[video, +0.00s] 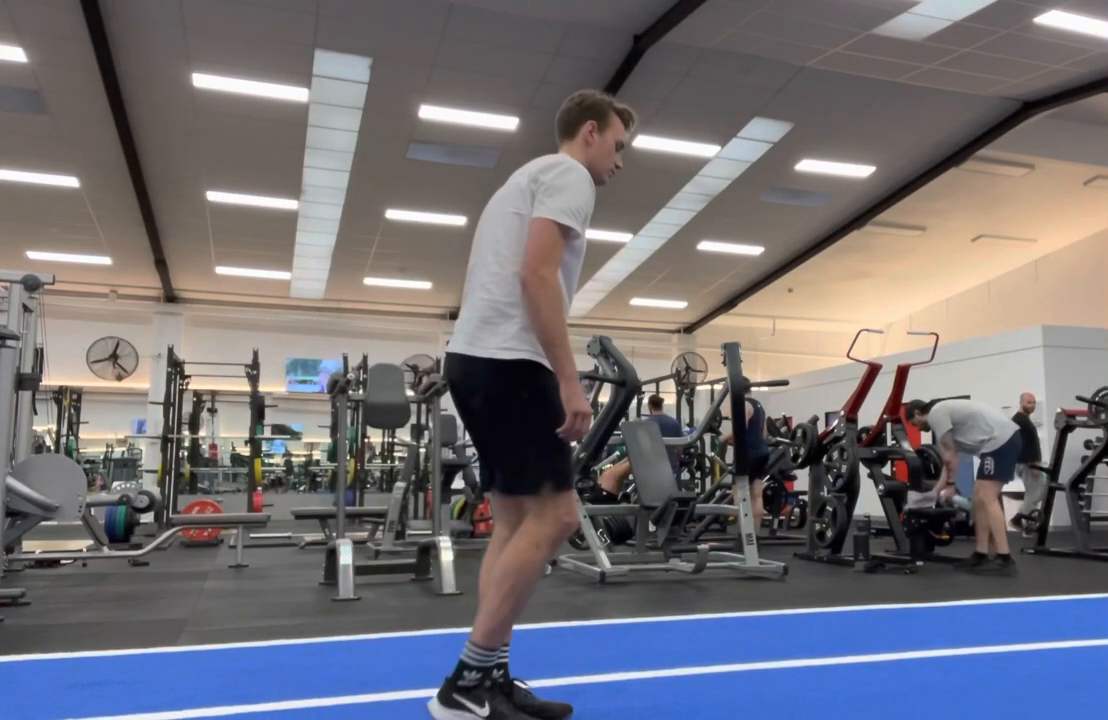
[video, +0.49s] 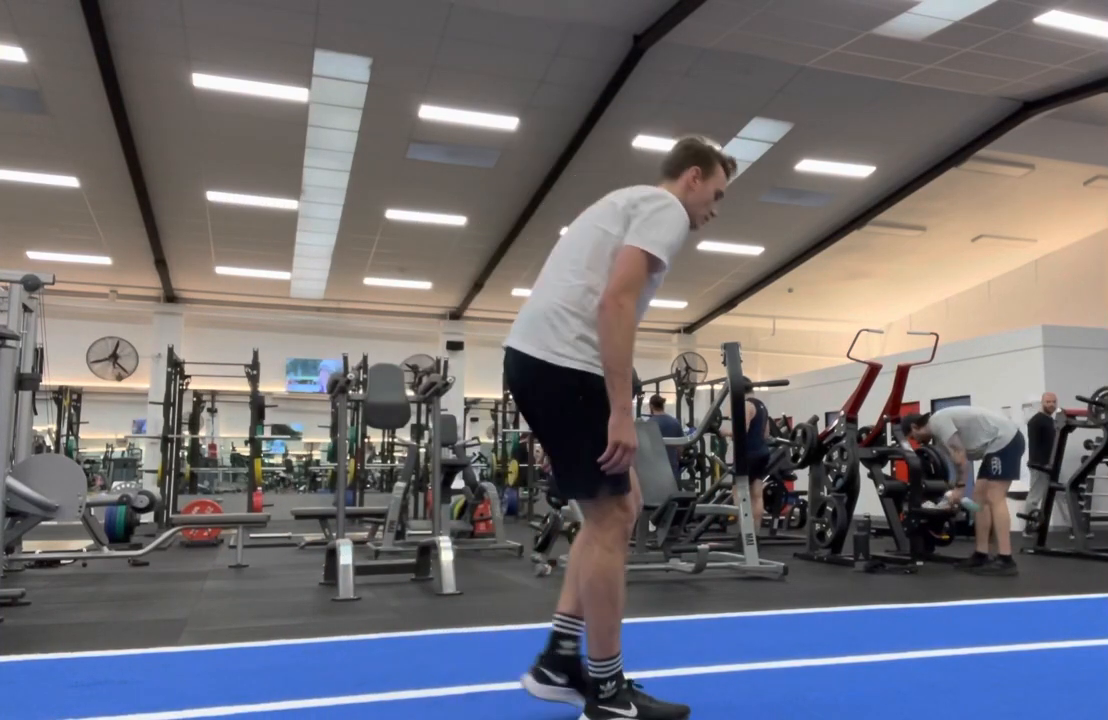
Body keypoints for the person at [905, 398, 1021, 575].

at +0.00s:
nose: (916, 426)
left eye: (914, 422)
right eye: (913, 424)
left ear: (918, 413)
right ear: (920, 413)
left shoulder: (937, 413)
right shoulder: (939, 415)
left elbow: (951, 456)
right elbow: (948, 458)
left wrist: (951, 485)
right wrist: (935, 490)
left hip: (1002, 439)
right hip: (993, 441)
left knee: (988, 497)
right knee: (979, 498)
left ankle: (1004, 558)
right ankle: (981, 554)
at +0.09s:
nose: (916, 434)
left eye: (913, 429)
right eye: (912, 431)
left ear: (917, 419)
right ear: (918, 420)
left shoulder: (937, 417)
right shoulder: (938, 426)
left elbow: (953, 457)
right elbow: (946, 465)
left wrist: (953, 487)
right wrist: (937, 496)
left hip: (1004, 438)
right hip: (992, 443)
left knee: (992, 495)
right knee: (980, 496)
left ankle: (1005, 559)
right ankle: (981, 554)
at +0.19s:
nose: (916, 438)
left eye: (913, 434)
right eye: (912, 437)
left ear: (916, 424)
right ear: (918, 423)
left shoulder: (937, 419)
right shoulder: (937, 428)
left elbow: (956, 458)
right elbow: (949, 459)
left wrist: (955, 486)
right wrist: (949, 487)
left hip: (1005, 438)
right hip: (991, 444)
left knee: (995, 496)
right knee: (981, 495)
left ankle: (1005, 559)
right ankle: (981, 554)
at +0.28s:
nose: (917, 441)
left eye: (913, 436)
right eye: (913, 439)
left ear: (915, 426)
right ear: (917, 425)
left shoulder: (937, 419)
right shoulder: (937, 431)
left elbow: (958, 458)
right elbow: (956, 462)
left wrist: (957, 488)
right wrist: (955, 492)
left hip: (1005, 438)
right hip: (991, 444)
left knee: (995, 495)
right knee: (981, 496)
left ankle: (1005, 558)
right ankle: (981, 554)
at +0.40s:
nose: (916, 441)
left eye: (913, 436)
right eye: (912, 439)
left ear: (915, 427)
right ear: (917, 425)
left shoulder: (938, 420)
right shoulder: (938, 430)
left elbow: (959, 457)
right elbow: (960, 460)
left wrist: (959, 487)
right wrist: (959, 491)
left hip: (1006, 440)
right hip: (991, 445)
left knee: (996, 496)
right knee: (981, 496)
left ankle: (1005, 559)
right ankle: (981, 554)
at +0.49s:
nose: (916, 441)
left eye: (912, 437)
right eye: (912, 438)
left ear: (915, 427)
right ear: (917, 426)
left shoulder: (939, 421)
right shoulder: (937, 432)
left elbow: (960, 458)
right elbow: (957, 460)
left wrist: (959, 488)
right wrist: (956, 490)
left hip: (1006, 440)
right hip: (992, 445)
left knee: (995, 496)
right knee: (980, 496)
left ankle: (1005, 559)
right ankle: (981, 554)